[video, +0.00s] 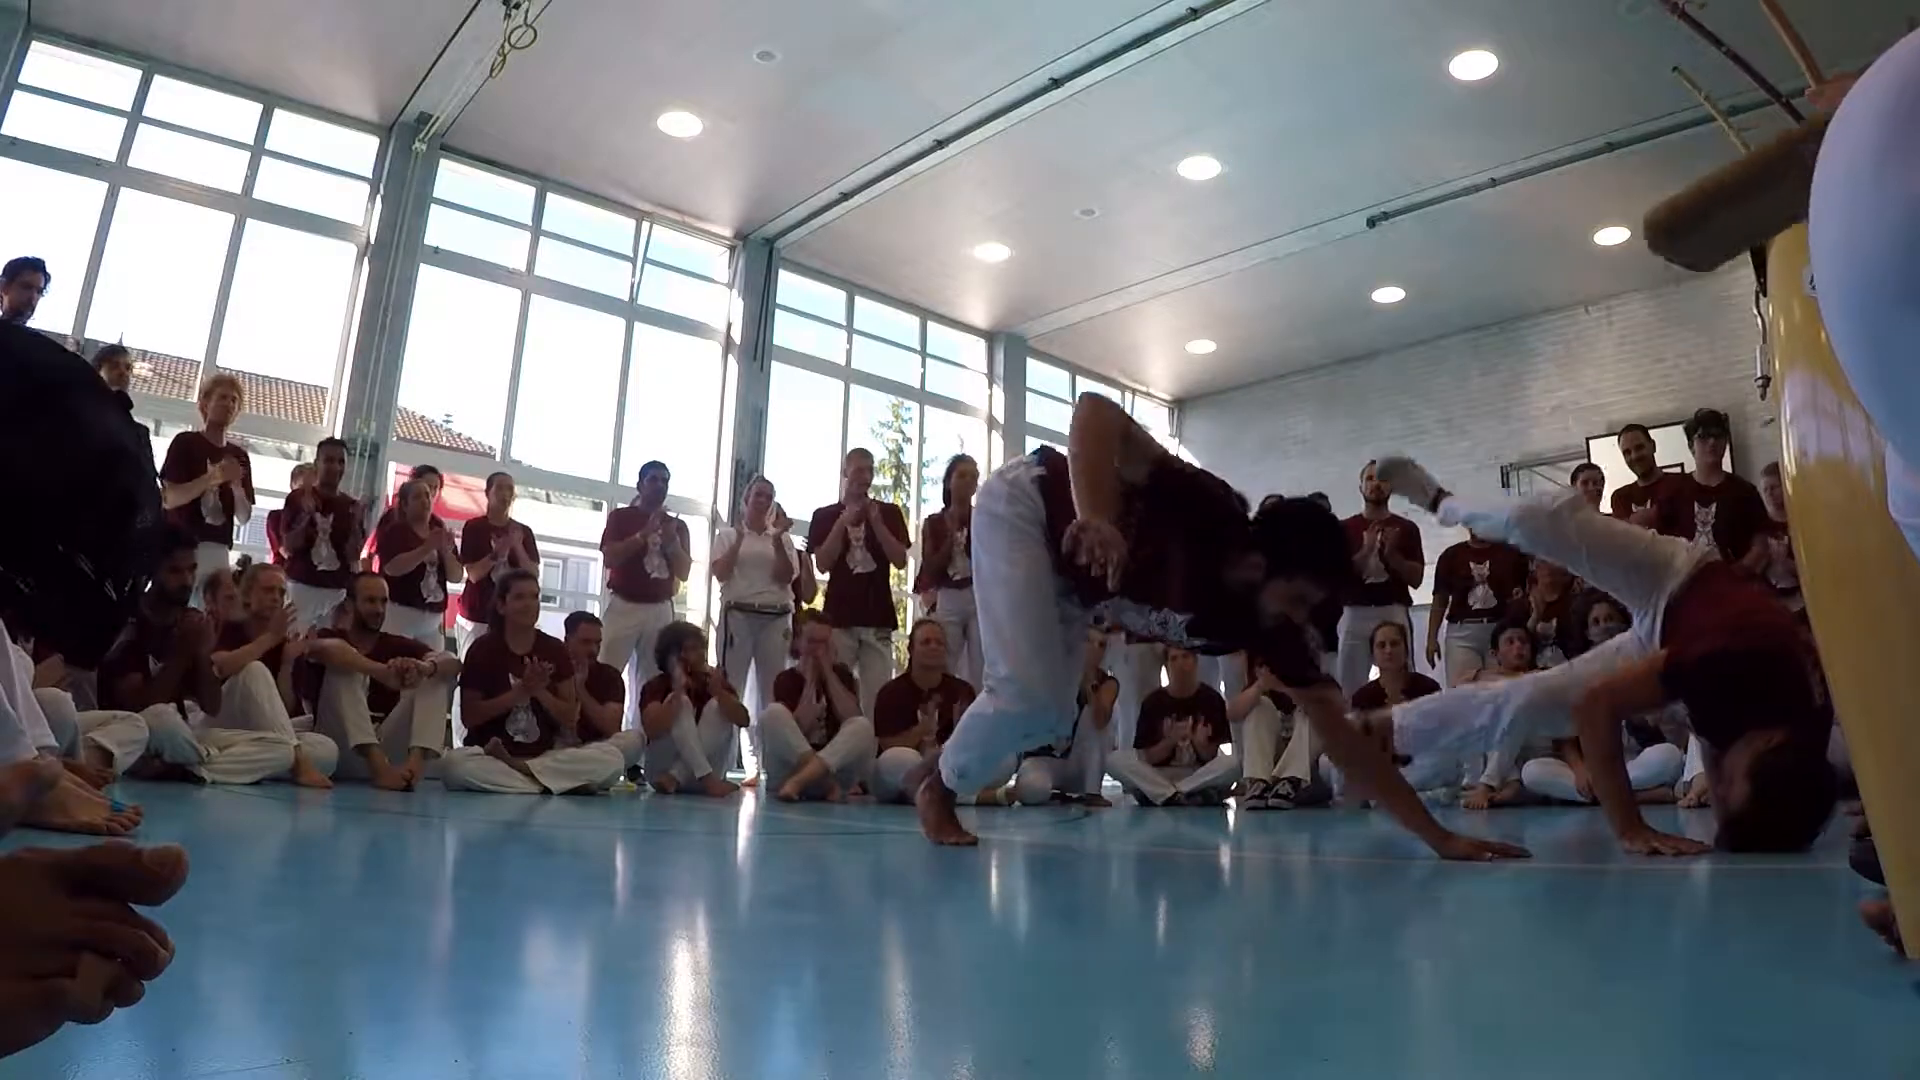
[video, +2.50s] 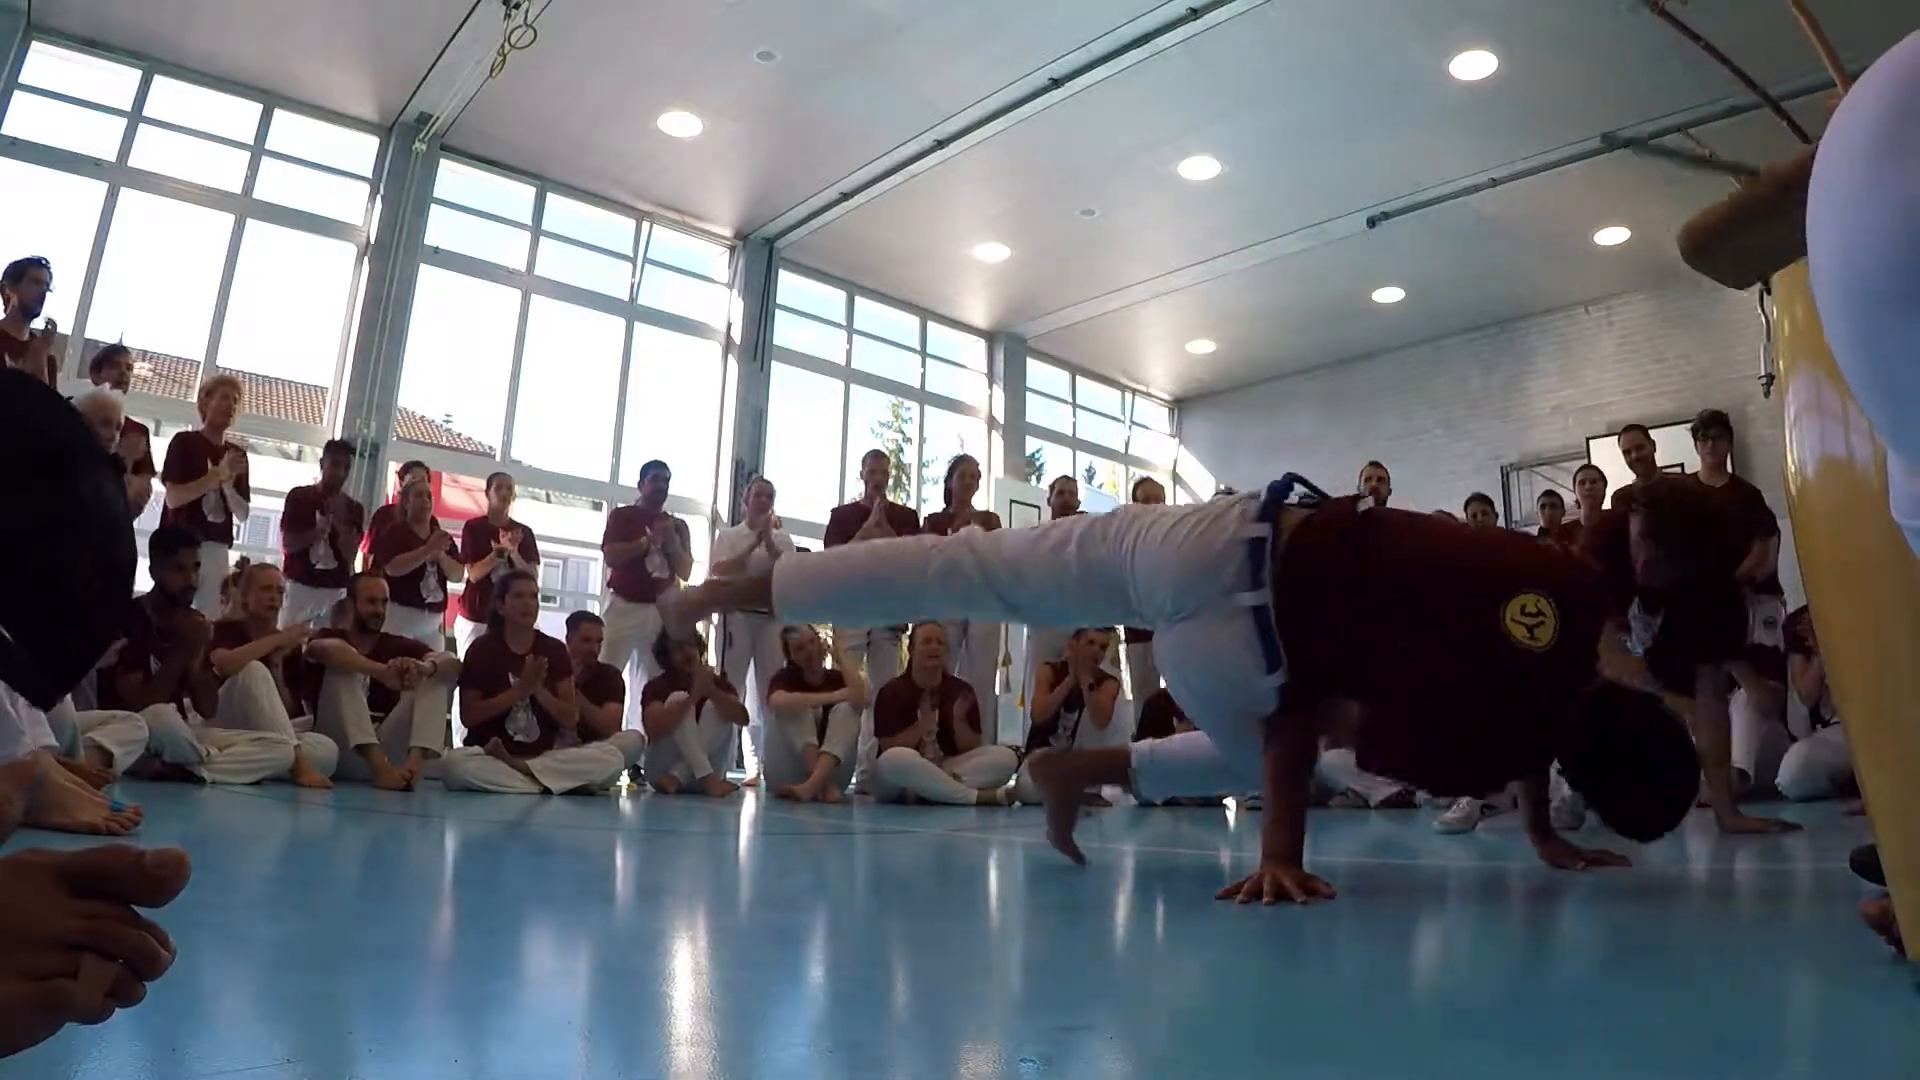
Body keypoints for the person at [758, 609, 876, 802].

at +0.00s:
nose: (818, 649)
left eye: (824, 643)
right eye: (812, 642)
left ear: (831, 645)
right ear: (798, 643)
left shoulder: (842, 674)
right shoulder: (786, 679)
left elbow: (853, 717)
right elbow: (795, 731)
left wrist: (829, 672)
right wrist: (810, 681)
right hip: (789, 775)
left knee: (862, 727)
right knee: (773, 713)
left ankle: (798, 782)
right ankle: (829, 785)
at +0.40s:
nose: (809, 645)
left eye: (812, 639)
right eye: (801, 639)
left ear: (817, 643)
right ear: (784, 644)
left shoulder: (825, 673)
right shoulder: (772, 679)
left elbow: (845, 700)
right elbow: (797, 724)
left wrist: (830, 649)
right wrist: (794, 669)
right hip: (785, 778)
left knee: (855, 717)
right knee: (767, 720)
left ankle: (798, 784)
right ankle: (829, 785)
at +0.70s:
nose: (807, 661)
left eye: (811, 654)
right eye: (799, 656)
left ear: (816, 651)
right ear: (786, 654)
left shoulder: (821, 673)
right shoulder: (770, 678)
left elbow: (849, 685)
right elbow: (790, 703)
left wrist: (822, 637)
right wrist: (781, 650)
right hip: (784, 777)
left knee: (857, 718)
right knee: (773, 716)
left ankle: (804, 785)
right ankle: (829, 784)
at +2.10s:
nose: (811, 664)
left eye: (818, 656)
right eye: (804, 657)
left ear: (827, 654)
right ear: (794, 656)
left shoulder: (836, 679)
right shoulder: (780, 680)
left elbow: (859, 687)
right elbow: (775, 701)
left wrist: (839, 656)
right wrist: (791, 653)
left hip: (832, 779)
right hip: (785, 777)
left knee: (851, 711)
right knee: (797, 701)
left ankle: (812, 785)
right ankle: (824, 783)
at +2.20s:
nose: (806, 657)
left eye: (812, 649)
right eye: (799, 652)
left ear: (821, 648)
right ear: (790, 653)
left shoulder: (836, 679)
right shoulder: (781, 679)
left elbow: (860, 695)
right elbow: (773, 703)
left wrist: (838, 659)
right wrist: (807, 668)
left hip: (831, 778)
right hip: (785, 776)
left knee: (847, 711)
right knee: (796, 700)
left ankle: (812, 785)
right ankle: (824, 783)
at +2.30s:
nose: (810, 655)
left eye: (814, 647)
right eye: (801, 653)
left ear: (823, 645)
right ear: (791, 658)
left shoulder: (839, 679)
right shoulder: (785, 678)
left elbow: (860, 696)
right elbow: (775, 701)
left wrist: (844, 664)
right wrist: (817, 683)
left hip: (832, 778)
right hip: (785, 776)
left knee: (846, 709)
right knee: (795, 702)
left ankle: (812, 785)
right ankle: (825, 783)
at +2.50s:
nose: (810, 651)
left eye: (813, 642)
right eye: (800, 649)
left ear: (821, 644)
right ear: (790, 656)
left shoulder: (837, 678)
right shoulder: (784, 677)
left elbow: (861, 699)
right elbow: (777, 701)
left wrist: (840, 658)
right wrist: (833, 697)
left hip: (832, 779)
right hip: (786, 777)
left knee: (845, 709)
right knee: (795, 704)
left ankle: (812, 785)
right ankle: (824, 784)